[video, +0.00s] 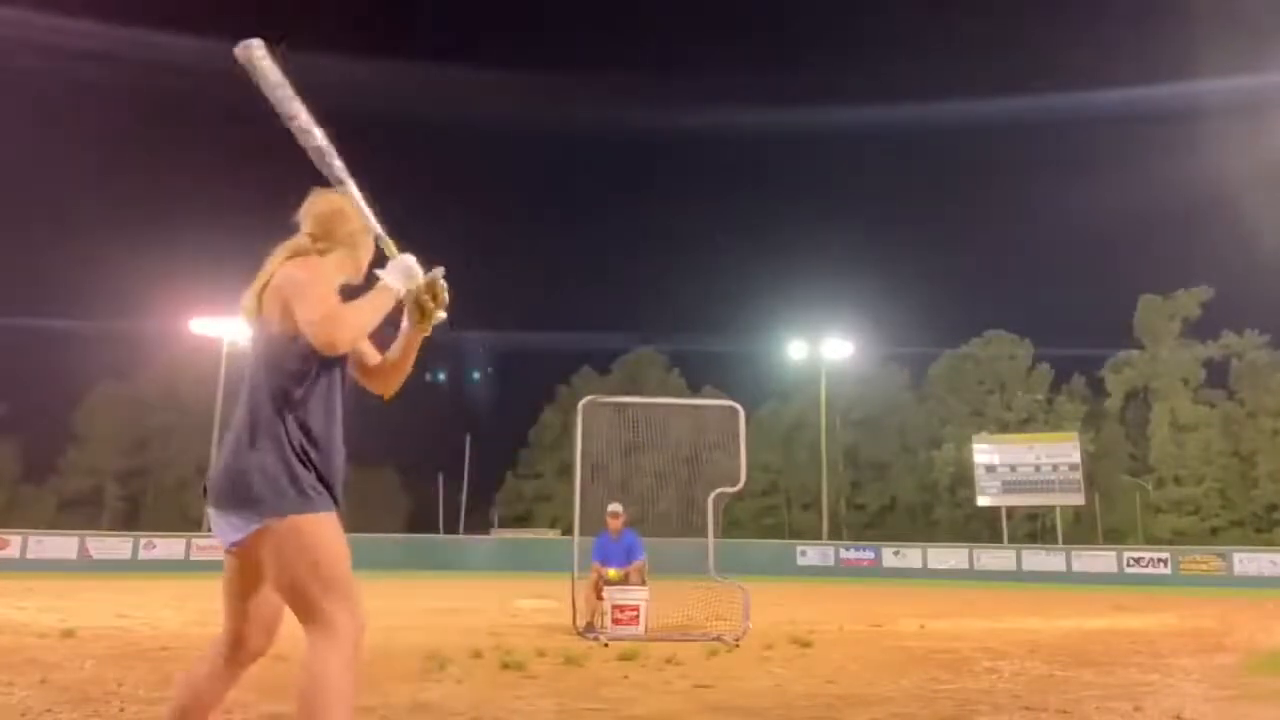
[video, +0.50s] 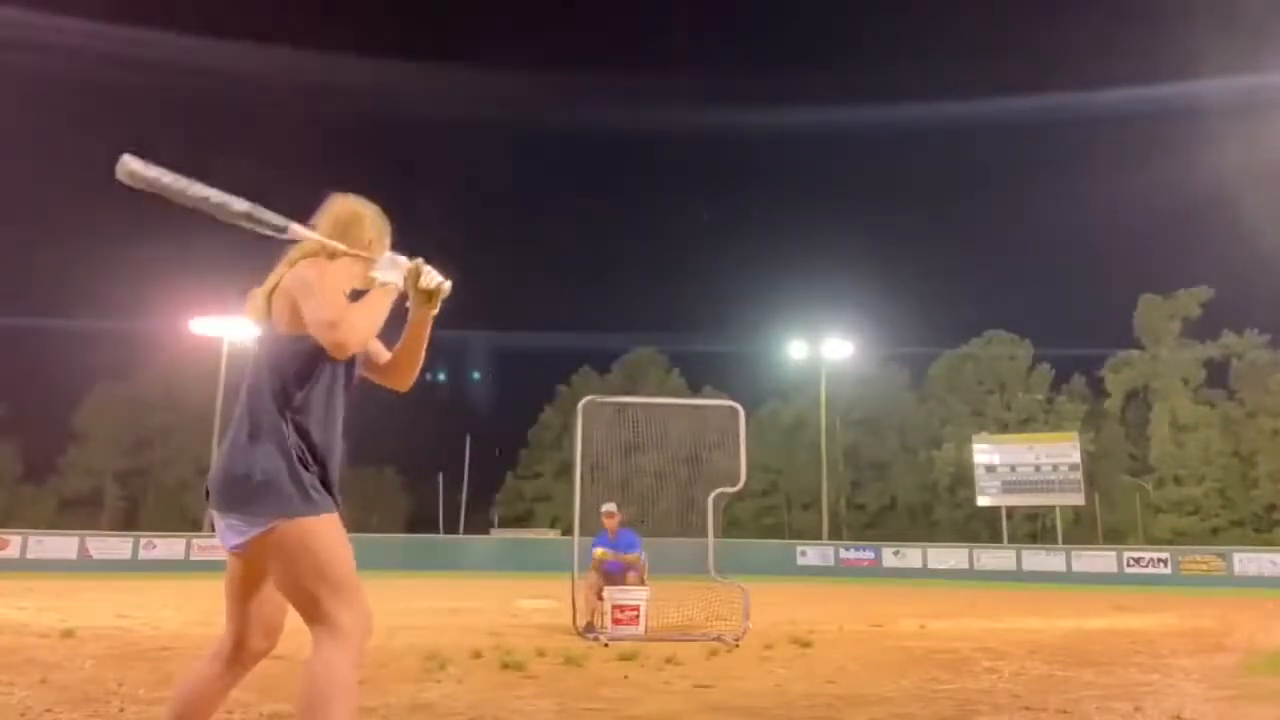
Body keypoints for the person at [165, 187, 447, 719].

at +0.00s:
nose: (373, 256)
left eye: (374, 245)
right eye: (370, 244)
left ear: (318, 234)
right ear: (352, 237)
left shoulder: (321, 294)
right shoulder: (302, 271)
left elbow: (382, 380)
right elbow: (330, 333)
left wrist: (417, 325)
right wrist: (392, 286)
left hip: (251, 477)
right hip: (278, 477)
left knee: (243, 641)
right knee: (338, 626)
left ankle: (179, 714)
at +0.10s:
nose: (372, 259)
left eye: (373, 250)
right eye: (370, 247)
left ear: (316, 234)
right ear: (354, 236)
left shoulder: (318, 296)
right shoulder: (302, 270)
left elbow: (385, 379)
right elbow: (330, 333)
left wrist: (416, 323)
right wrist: (388, 282)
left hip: (248, 476)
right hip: (275, 476)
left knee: (245, 640)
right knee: (339, 626)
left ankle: (177, 714)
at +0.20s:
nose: (368, 264)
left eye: (370, 256)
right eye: (368, 253)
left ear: (316, 234)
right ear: (354, 240)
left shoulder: (314, 293)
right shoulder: (302, 270)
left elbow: (387, 377)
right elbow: (331, 333)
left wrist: (415, 319)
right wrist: (386, 281)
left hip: (247, 476)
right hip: (274, 475)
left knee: (245, 640)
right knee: (339, 626)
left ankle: (177, 714)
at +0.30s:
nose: (367, 266)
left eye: (368, 260)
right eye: (367, 257)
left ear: (315, 235)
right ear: (355, 244)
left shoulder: (319, 297)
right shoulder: (302, 273)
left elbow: (390, 375)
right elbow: (333, 335)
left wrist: (417, 314)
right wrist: (385, 282)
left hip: (247, 477)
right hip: (274, 476)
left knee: (247, 639)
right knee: (341, 626)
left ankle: (177, 714)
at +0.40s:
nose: (370, 266)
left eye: (371, 259)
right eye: (368, 256)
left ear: (316, 237)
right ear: (354, 244)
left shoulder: (317, 296)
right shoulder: (305, 272)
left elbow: (392, 375)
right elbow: (335, 335)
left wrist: (419, 313)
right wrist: (385, 284)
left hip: (247, 475)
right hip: (274, 475)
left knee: (247, 640)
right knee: (341, 627)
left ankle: (177, 714)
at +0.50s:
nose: (378, 263)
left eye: (380, 257)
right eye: (376, 253)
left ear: (322, 236)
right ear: (360, 245)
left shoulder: (325, 297)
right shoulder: (315, 271)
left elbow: (398, 375)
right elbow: (342, 336)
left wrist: (423, 314)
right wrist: (390, 286)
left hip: (248, 475)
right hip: (274, 474)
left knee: (248, 639)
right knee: (345, 625)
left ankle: (176, 713)